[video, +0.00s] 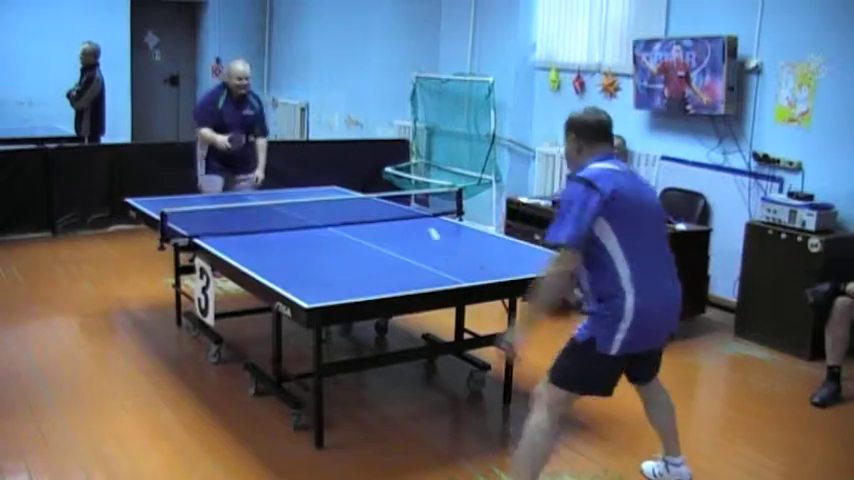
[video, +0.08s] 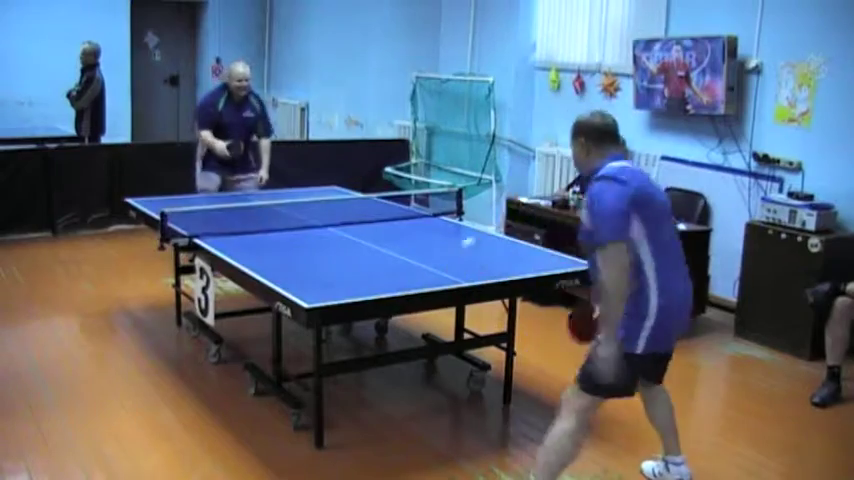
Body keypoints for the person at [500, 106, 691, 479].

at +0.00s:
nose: (565, 154)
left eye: (566, 146)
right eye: (565, 147)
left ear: (576, 145)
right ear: (610, 144)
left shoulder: (587, 182)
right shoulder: (636, 180)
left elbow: (564, 263)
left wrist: (521, 329)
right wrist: (582, 284)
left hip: (620, 314)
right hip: (663, 308)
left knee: (549, 399)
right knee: (647, 380)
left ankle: (519, 472)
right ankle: (675, 462)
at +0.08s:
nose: (573, 156)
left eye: (574, 148)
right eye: (573, 148)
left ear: (584, 146)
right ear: (615, 144)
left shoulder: (606, 188)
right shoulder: (635, 178)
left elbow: (616, 267)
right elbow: (628, 257)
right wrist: (598, 305)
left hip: (639, 315)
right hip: (669, 308)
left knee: (577, 401)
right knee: (650, 385)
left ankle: (539, 473)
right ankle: (675, 462)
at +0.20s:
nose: (587, 156)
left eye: (587, 147)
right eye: (586, 148)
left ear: (599, 143)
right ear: (624, 140)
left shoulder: (634, 179)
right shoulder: (640, 174)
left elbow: (660, 238)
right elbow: (609, 242)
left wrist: (645, 315)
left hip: (659, 312)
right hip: (677, 307)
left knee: (604, 401)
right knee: (654, 382)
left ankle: (576, 474)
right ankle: (675, 462)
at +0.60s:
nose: (605, 137)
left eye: (606, 128)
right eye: (605, 128)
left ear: (617, 126)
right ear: (649, 126)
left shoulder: (642, 173)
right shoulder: (665, 166)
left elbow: (628, 245)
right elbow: (642, 244)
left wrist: (577, 305)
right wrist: (595, 266)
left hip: (661, 310)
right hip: (684, 303)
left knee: (610, 407)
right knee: (662, 382)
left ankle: (603, 473)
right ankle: (677, 462)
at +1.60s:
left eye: (601, 103)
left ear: (600, 108)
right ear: (644, 107)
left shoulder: (585, 161)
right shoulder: (675, 166)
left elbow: (560, 244)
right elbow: (687, 240)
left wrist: (554, 316)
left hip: (605, 311)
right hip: (662, 310)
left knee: (577, 404)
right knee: (656, 386)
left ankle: (584, 476)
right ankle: (653, 469)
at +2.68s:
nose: (578, 109)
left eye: (579, 101)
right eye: (581, 101)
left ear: (585, 103)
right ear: (624, 106)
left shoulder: (582, 151)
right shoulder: (651, 160)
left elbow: (562, 236)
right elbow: (659, 236)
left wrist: (554, 302)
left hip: (589, 308)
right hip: (638, 309)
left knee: (549, 405)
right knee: (628, 385)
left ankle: (519, 475)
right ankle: (634, 473)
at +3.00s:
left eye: (527, 100)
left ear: (528, 104)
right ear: (572, 102)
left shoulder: (516, 156)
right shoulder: (605, 158)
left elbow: (493, 243)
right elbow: (624, 234)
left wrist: (494, 304)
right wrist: (595, 272)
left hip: (536, 306)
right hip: (595, 304)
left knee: (501, 396)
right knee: (609, 388)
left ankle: (497, 476)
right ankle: (625, 474)